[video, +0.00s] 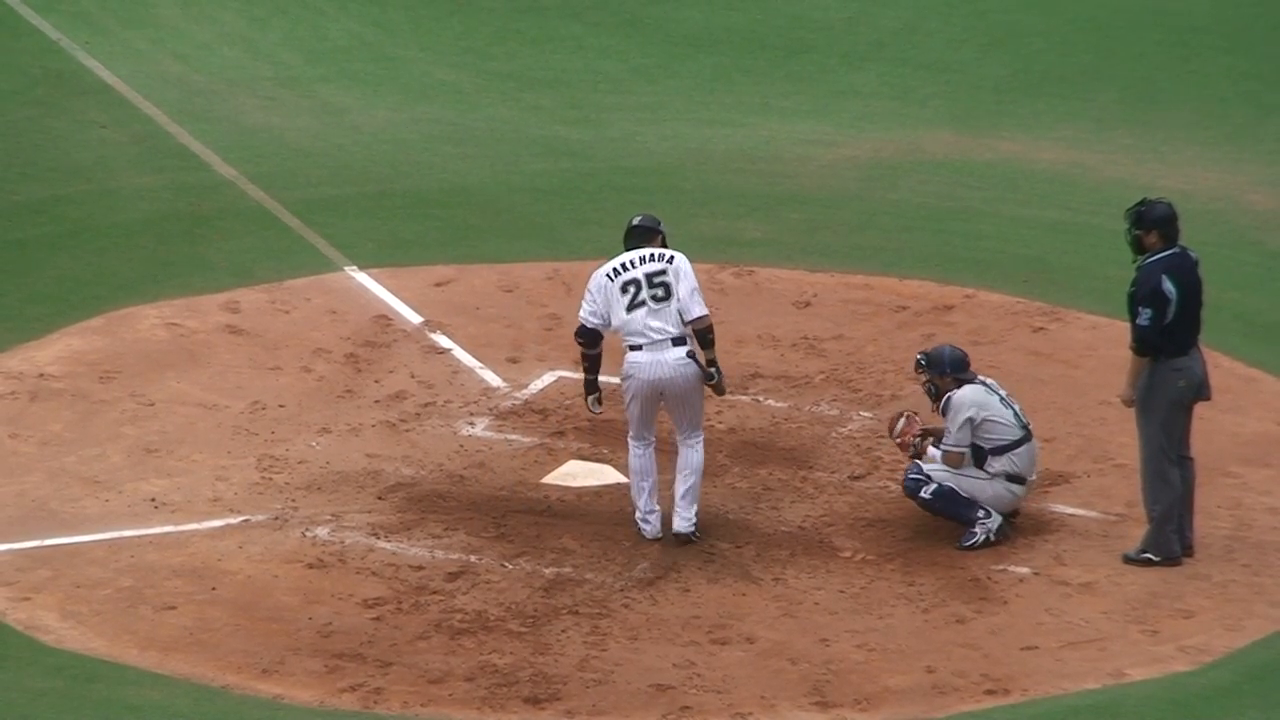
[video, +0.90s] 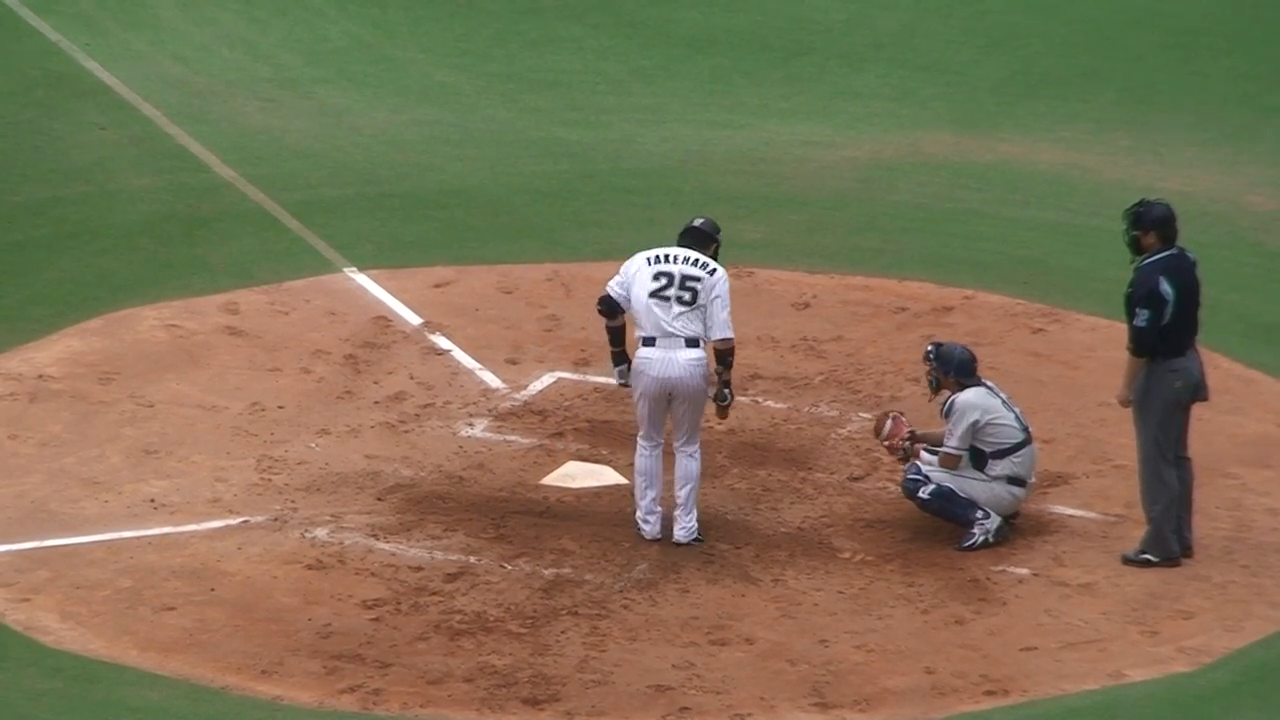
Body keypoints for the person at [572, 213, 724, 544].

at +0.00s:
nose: (663, 244)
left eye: (661, 240)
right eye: (662, 239)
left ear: (627, 241)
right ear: (657, 239)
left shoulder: (605, 274)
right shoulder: (675, 260)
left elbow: (589, 335)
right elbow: (699, 321)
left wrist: (591, 383)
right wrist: (712, 364)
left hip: (637, 365)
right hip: (681, 361)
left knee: (640, 441)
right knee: (690, 437)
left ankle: (648, 522)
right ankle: (685, 521)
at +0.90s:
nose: (715, 252)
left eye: (716, 248)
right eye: (715, 248)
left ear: (681, 239)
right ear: (710, 246)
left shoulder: (641, 260)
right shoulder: (714, 273)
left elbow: (609, 306)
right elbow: (722, 335)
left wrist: (619, 358)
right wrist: (724, 382)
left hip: (648, 357)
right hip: (691, 360)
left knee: (649, 440)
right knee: (687, 445)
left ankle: (649, 522)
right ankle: (685, 527)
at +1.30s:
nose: (735, 259)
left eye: (735, 253)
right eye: (735, 253)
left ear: (702, 240)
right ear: (728, 251)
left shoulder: (655, 254)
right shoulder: (723, 279)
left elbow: (617, 292)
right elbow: (718, 347)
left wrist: (632, 334)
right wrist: (725, 378)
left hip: (637, 352)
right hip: (679, 361)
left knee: (632, 431)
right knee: (684, 444)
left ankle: (612, 512)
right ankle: (683, 528)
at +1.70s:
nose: (709, 262)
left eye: (710, 254)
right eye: (710, 254)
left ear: (677, 241)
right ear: (699, 250)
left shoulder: (633, 258)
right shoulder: (688, 274)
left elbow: (603, 312)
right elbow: (685, 328)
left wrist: (648, 325)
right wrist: (717, 325)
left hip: (607, 351)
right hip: (646, 359)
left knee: (591, 437)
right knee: (667, 445)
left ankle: (565, 512)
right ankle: (679, 528)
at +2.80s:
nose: (701, 257)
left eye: (702, 251)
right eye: (701, 251)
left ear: (668, 241)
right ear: (696, 250)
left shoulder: (628, 260)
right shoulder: (691, 275)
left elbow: (588, 303)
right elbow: (685, 335)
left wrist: (608, 346)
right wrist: (701, 373)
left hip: (604, 351)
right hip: (645, 357)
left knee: (590, 435)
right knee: (668, 447)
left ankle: (565, 511)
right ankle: (678, 528)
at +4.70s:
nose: (716, 242)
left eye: (718, 236)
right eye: (716, 237)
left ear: (683, 228)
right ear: (710, 237)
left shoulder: (646, 250)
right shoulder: (705, 273)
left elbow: (631, 302)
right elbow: (699, 337)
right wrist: (704, 372)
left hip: (623, 347)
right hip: (662, 358)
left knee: (601, 427)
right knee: (676, 443)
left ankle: (569, 501)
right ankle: (684, 528)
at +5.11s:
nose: (681, 227)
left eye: (677, 221)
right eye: (680, 222)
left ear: (647, 220)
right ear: (676, 227)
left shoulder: (625, 248)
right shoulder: (670, 268)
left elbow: (658, 299)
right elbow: (667, 325)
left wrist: (702, 313)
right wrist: (707, 325)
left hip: (609, 351)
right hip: (647, 359)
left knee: (595, 432)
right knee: (668, 441)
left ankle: (566, 510)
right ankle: (682, 527)